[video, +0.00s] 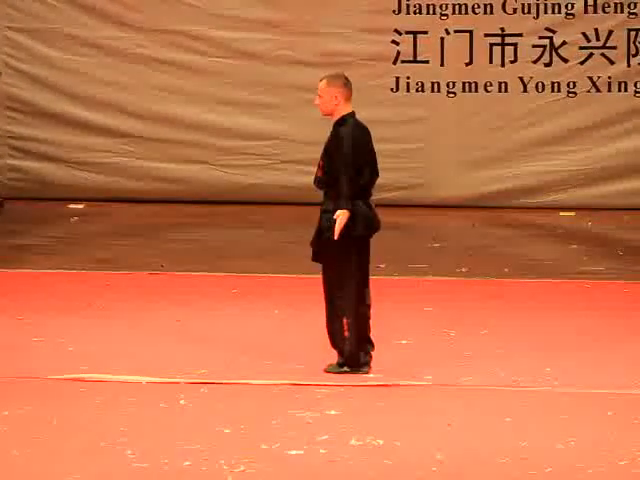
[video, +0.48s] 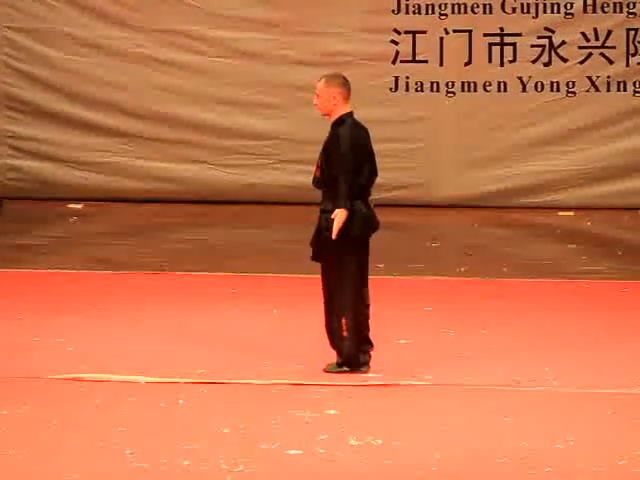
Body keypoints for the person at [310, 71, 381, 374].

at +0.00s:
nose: (316, 100)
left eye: (320, 95)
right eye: (317, 94)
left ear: (337, 97)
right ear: (340, 97)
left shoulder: (344, 131)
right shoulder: (358, 129)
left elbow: (347, 175)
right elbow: (369, 172)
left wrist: (344, 208)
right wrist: (356, 202)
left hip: (341, 223)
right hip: (357, 221)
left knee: (341, 290)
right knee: (356, 288)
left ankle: (349, 354)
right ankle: (360, 349)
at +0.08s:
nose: (316, 101)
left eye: (320, 95)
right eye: (317, 94)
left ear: (337, 97)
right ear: (340, 98)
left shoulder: (345, 132)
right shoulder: (356, 129)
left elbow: (347, 175)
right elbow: (369, 172)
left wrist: (344, 207)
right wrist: (355, 201)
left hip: (342, 223)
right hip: (357, 221)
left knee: (342, 290)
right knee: (356, 288)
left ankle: (350, 354)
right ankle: (360, 348)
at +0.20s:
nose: (316, 101)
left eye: (320, 95)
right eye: (317, 95)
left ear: (336, 97)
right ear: (340, 98)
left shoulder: (344, 131)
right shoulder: (358, 129)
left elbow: (346, 175)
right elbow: (369, 172)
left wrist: (343, 207)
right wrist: (356, 202)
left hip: (342, 221)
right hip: (357, 220)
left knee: (342, 288)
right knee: (356, 287)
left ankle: (349, 353)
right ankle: (359, 347)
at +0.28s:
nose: (316, 100)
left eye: (319, 94)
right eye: (317, 94)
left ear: (335, 96)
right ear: (340, 97)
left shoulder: (343, 131)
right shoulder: (357, 128)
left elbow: (347, 174)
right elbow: (369, 171)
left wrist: (343, 207)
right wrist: (356, 201)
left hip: (341, 221)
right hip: (358, 220)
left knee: (342, 288)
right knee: (356, 287)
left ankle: (349, 353)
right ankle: (359, 347)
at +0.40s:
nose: (315, 100)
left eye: (319, 94)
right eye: (316, 94)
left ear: (335, 97)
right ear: (340, 98)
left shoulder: (343, 132)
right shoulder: (357, 129)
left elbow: (345, 175)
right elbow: (369, 172)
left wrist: (343, 207)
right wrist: (355, 202)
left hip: (340, 222)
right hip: (357, 220)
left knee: (341, 289)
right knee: (355, 287)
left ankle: (349, 353)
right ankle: (359, 347)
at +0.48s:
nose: (314, 100)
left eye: (318, 94)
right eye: (315, 94)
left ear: (335, 97)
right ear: (339, 98)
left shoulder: (341, 132)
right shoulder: (357, 130)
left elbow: (345, 175)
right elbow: (368, 172)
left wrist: (342, 207)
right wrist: (354, 201)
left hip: (340, 222)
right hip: (357, 220)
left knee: (340, 290)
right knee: (356, 289)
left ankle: (348, 354)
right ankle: (359, 349)